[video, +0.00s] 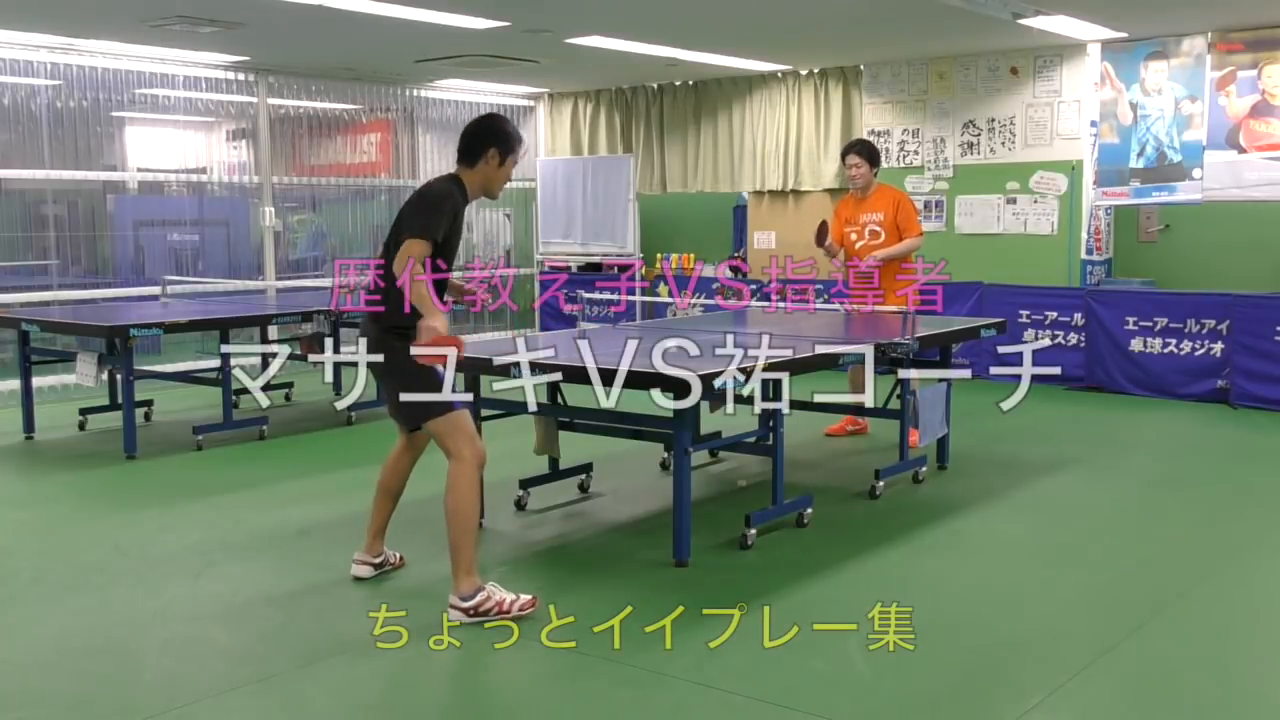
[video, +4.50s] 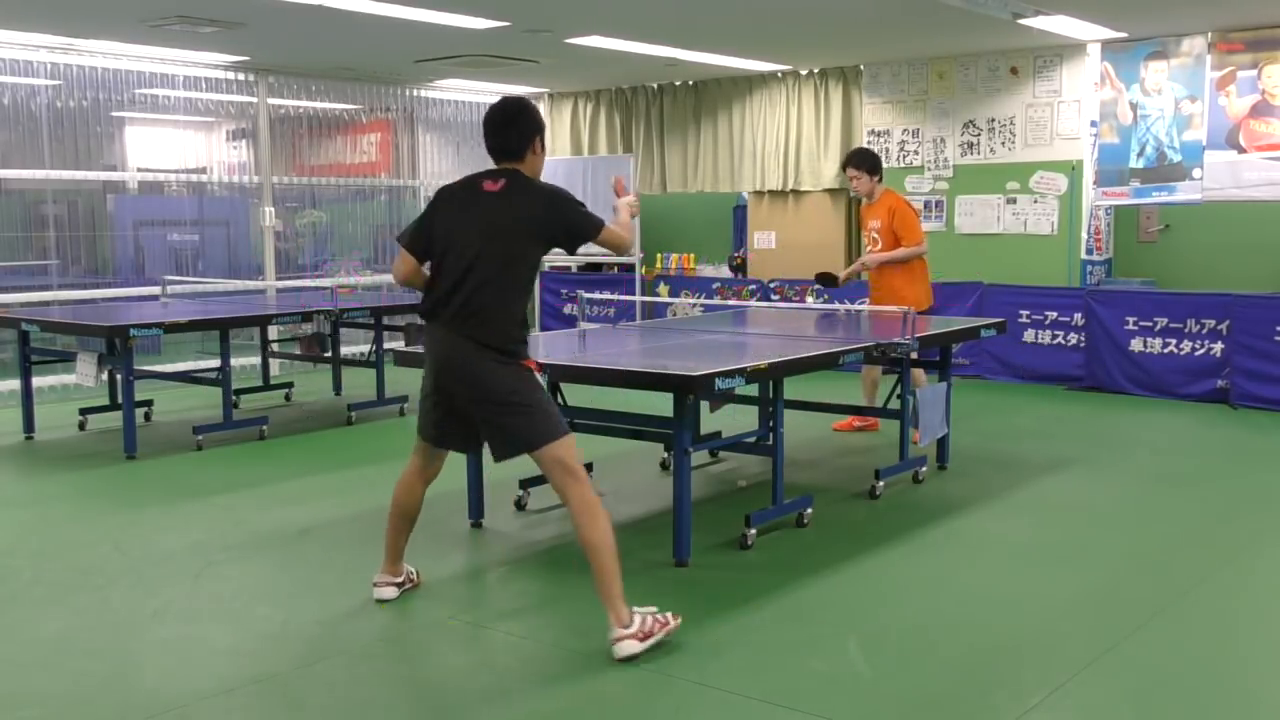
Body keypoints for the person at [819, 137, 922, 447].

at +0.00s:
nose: (853, 172)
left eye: (858, 165)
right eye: (848, 167)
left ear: (873, 167)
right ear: (844, 170)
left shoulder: (895, 198)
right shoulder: (843, 206)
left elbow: (915, 239)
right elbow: (838, 252)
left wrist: (879, 254)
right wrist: (829, 246)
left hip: (896, 293)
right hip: (860, 293)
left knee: (903, 356)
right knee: (856, 353)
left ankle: (912, 423)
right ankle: (857, 416)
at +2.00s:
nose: (847, 182)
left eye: (852, 176)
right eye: (844, 177)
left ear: (870, 175)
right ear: (843, 177)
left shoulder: (892, 203)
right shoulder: (858, 208)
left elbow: (913, 245)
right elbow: (860, 254)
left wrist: (882, 258)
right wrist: (835, 279)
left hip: (900, 298)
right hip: (870, 298)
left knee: (912, 359)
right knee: (866, 354)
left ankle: (926, 417)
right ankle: (867, 413)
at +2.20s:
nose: (844, 185)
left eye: (848, 179)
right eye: (842, 179)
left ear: (867, 177)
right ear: (846, 180)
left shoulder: (896, 203)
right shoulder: (853, 211)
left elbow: (918, 244)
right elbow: (832, 248)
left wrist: (884, 256)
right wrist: (797, 259)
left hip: (906, 296)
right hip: (872, 298)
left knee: (914, 358)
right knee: (870, 353)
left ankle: (925, 420)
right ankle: (868, 413)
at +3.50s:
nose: (855, 172)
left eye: (861, 166)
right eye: (852, 167)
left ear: (877, 167)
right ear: (849, 170)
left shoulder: (897, 198)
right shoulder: (855, 206)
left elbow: (918, 238)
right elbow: (852, 249)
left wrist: (886, 244)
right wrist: (834, 271)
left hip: (901, 295)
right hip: (869, 296)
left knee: (911, 359)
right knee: (869, 354)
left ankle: (924, 418)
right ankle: (867, 413)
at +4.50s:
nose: (853, 185)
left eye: (857, 179)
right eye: (850, 179)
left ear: (874, 176)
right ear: (850, 179)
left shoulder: (897, 205)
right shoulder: (866, 208)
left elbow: (919, 247)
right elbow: (876, 250)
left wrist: (878, 258)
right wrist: (852, 270)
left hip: (908, 300)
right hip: (880, 298)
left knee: (909, 360)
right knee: (871, 356)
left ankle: (928, 419)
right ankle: (868, 414)